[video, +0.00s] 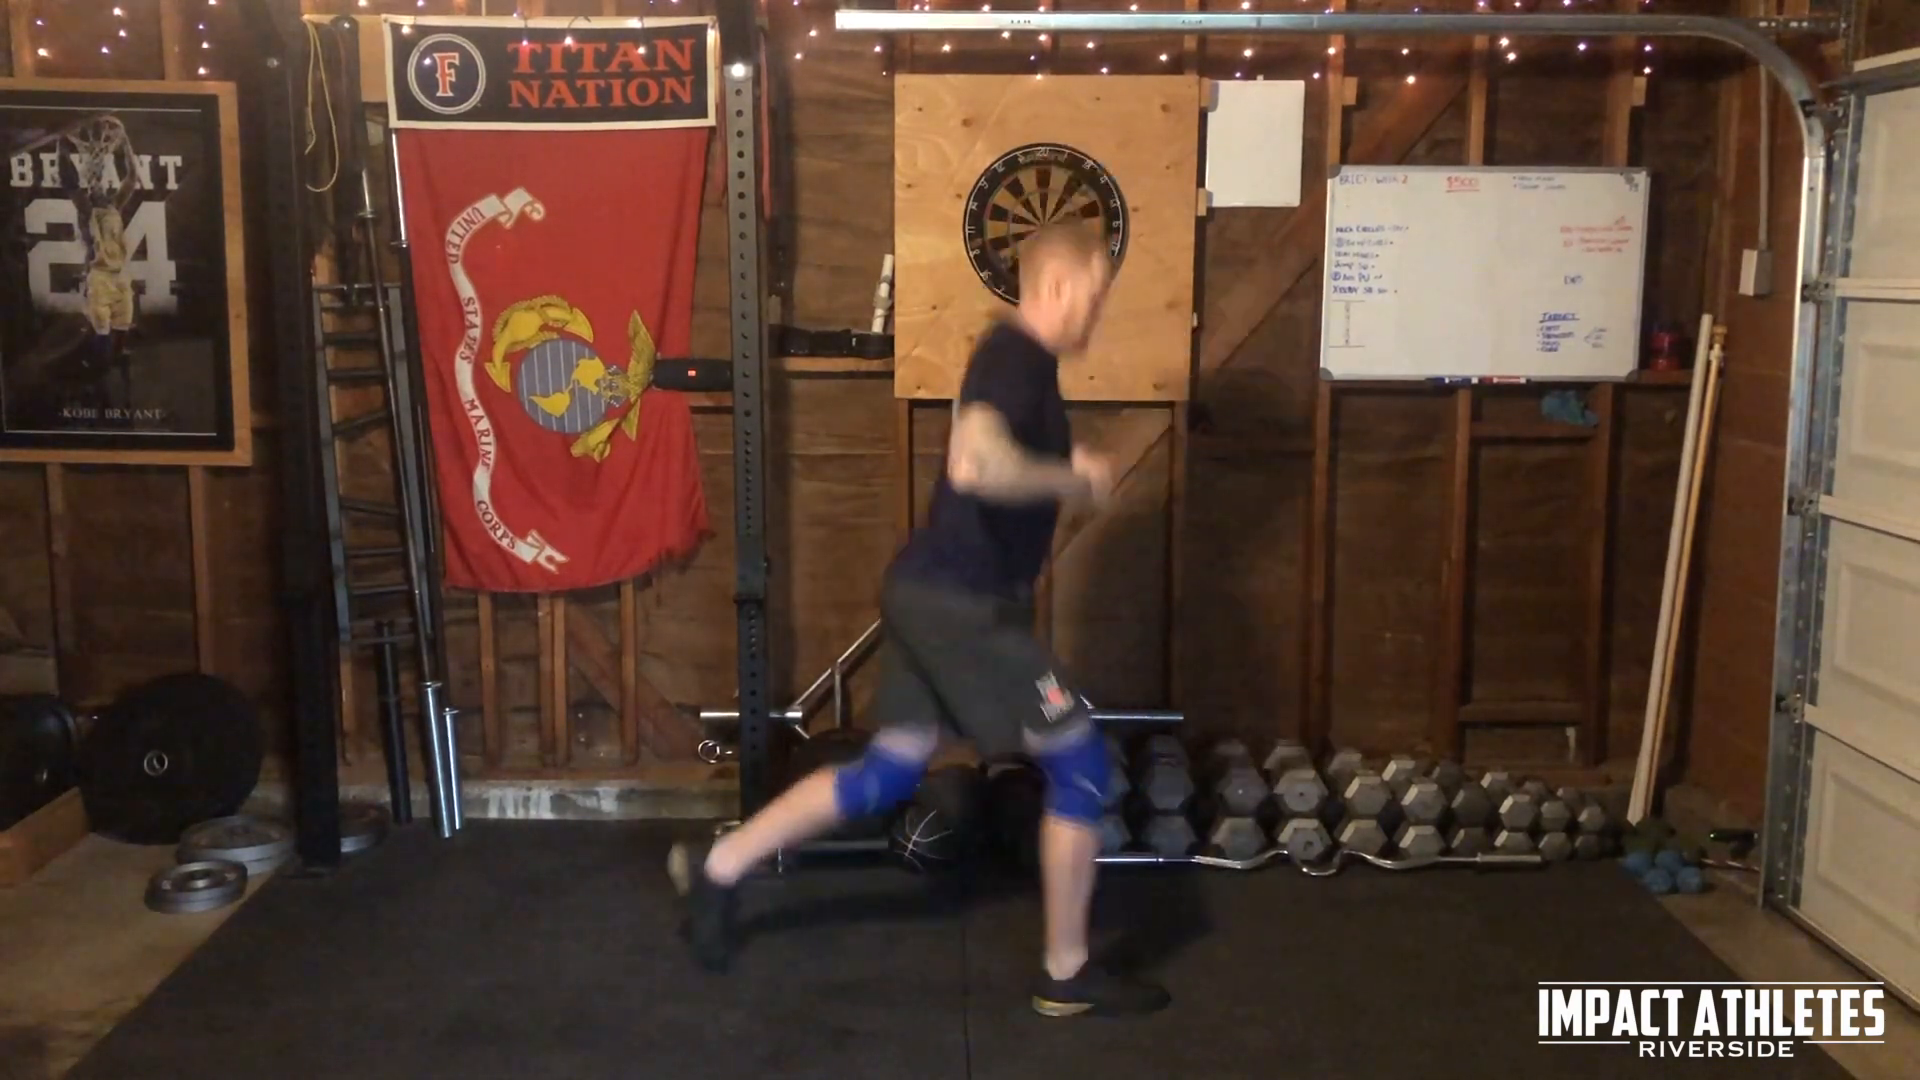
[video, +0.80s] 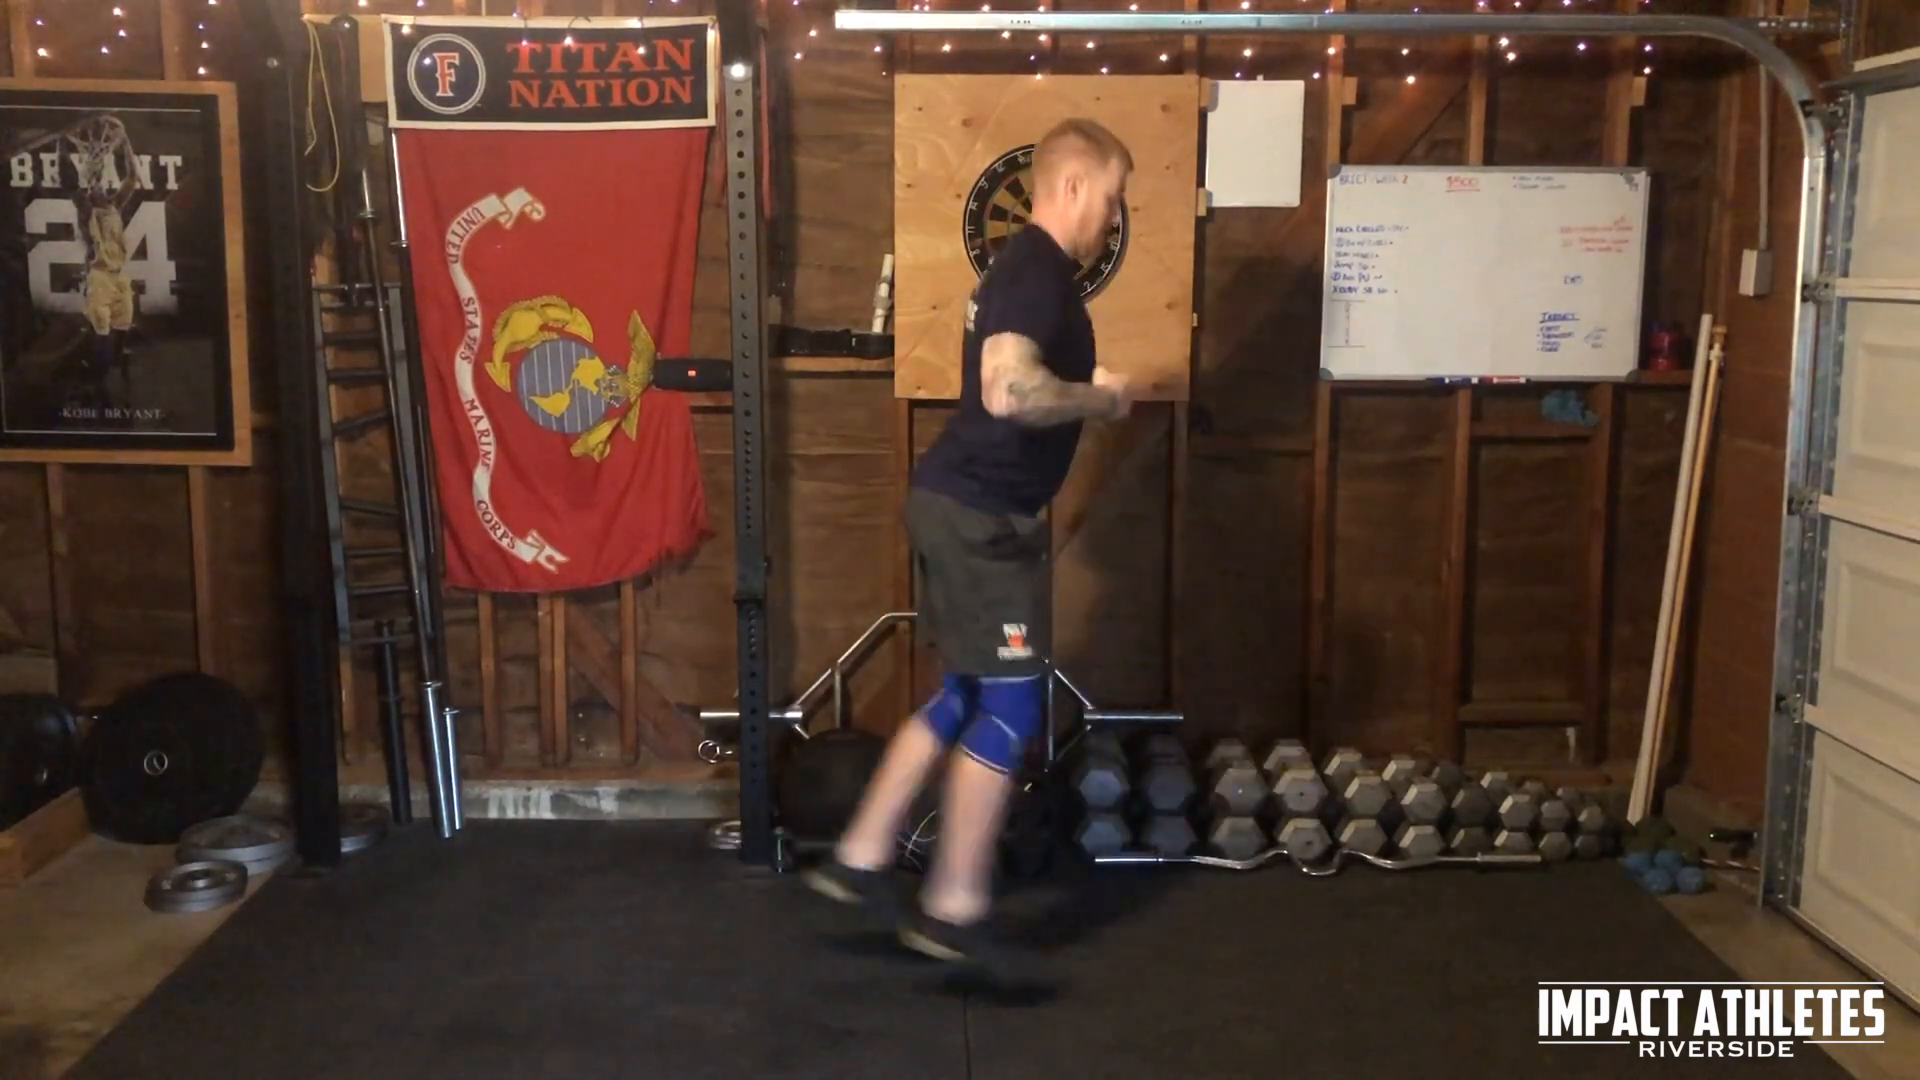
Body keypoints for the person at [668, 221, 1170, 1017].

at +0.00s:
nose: (1101, 308)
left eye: (1104, 292)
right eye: (1096, 290)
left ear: (1044, 283)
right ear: (1055, 283)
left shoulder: (1024, 359)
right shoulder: (1013, 356)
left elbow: (995, 465)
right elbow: (974, 462)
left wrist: (1072, 470)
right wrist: (1073, 476)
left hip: (933, 594)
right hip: (957, 602)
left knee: (887, 770)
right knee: (1079, 760)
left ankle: (717, 865)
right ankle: (1068, 971)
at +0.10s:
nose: (1103, 404)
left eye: (1104, 389)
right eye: (1098, 388)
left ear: (1044, 382)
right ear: (1059, 382)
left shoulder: (1004, 450)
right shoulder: (1019, 456)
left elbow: (993, 560)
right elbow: (985, 568)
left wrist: (1074, 560)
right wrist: (1089, 579)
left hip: (920, 685)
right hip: (963, 689)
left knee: (883, 858)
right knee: (1131, 782)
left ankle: (684, 892)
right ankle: (1071, 970)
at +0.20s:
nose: (1103, 470)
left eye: (1104, 455)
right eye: (1098, 454)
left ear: (1046, 451)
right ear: (1059, 452)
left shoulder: (1002, 517)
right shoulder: (1020, 527)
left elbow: (978, 645)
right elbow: (992, 653)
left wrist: (1053, 689)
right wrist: (1095, 665)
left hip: (914, 743)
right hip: (952, 745)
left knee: (904, 923)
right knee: (1142, 785)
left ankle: (708, 889)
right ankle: (1073, 972)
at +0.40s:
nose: (1101, 492)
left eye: (1101, 478)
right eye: (1097, 477)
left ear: (1047, 476)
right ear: (1059, 476)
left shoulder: (1000, 539)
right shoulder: (1026, 552)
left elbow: (986, 680)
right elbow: (1004, 696)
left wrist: (1059, 727)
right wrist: (1101, 690)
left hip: (917, 768)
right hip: (959, 769)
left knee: (903, 934)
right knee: (1149, 788)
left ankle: (711, 889)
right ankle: (1071, 975)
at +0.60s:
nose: (1097, 351)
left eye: (1099, 335)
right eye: (1091, 335)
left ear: (1036, 334)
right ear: (1054, 335)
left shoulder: (1011, 413)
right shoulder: (1027, 421)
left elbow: (996, 518)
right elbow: (1011, 543)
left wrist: (1069, 503)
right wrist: (1095, 516)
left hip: (942, 639)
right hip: (989, 648)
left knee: (894, 802)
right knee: (1129, 775)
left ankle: (711, 883)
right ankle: (1073, 966)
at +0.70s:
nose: (1117, 263)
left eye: (1119, 245)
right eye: (1112, 244)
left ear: (1049, 239)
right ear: (1070, 240)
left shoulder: (1035, 323)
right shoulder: (1031, 325)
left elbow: (1025, 438)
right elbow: (1007, 441)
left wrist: (1084, 444)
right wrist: (1095, 439)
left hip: (950, 550)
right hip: (986, 560)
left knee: (926, 727)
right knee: (1054, 736)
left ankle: (769, 849)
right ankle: (1067, 953)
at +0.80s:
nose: (1118, 216)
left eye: (1121, 200)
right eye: (1114, 198)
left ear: (1058, 186)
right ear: (1072, 185)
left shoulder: (1027, 264)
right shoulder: (1036, 269)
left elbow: (1021, 386)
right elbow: (1008, 389)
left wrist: (1094, 391)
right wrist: (1102, 394)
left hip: (958, 504)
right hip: (983, 514)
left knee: (962, 692)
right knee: (1009, 705)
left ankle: (858, 857)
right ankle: (953, 908)